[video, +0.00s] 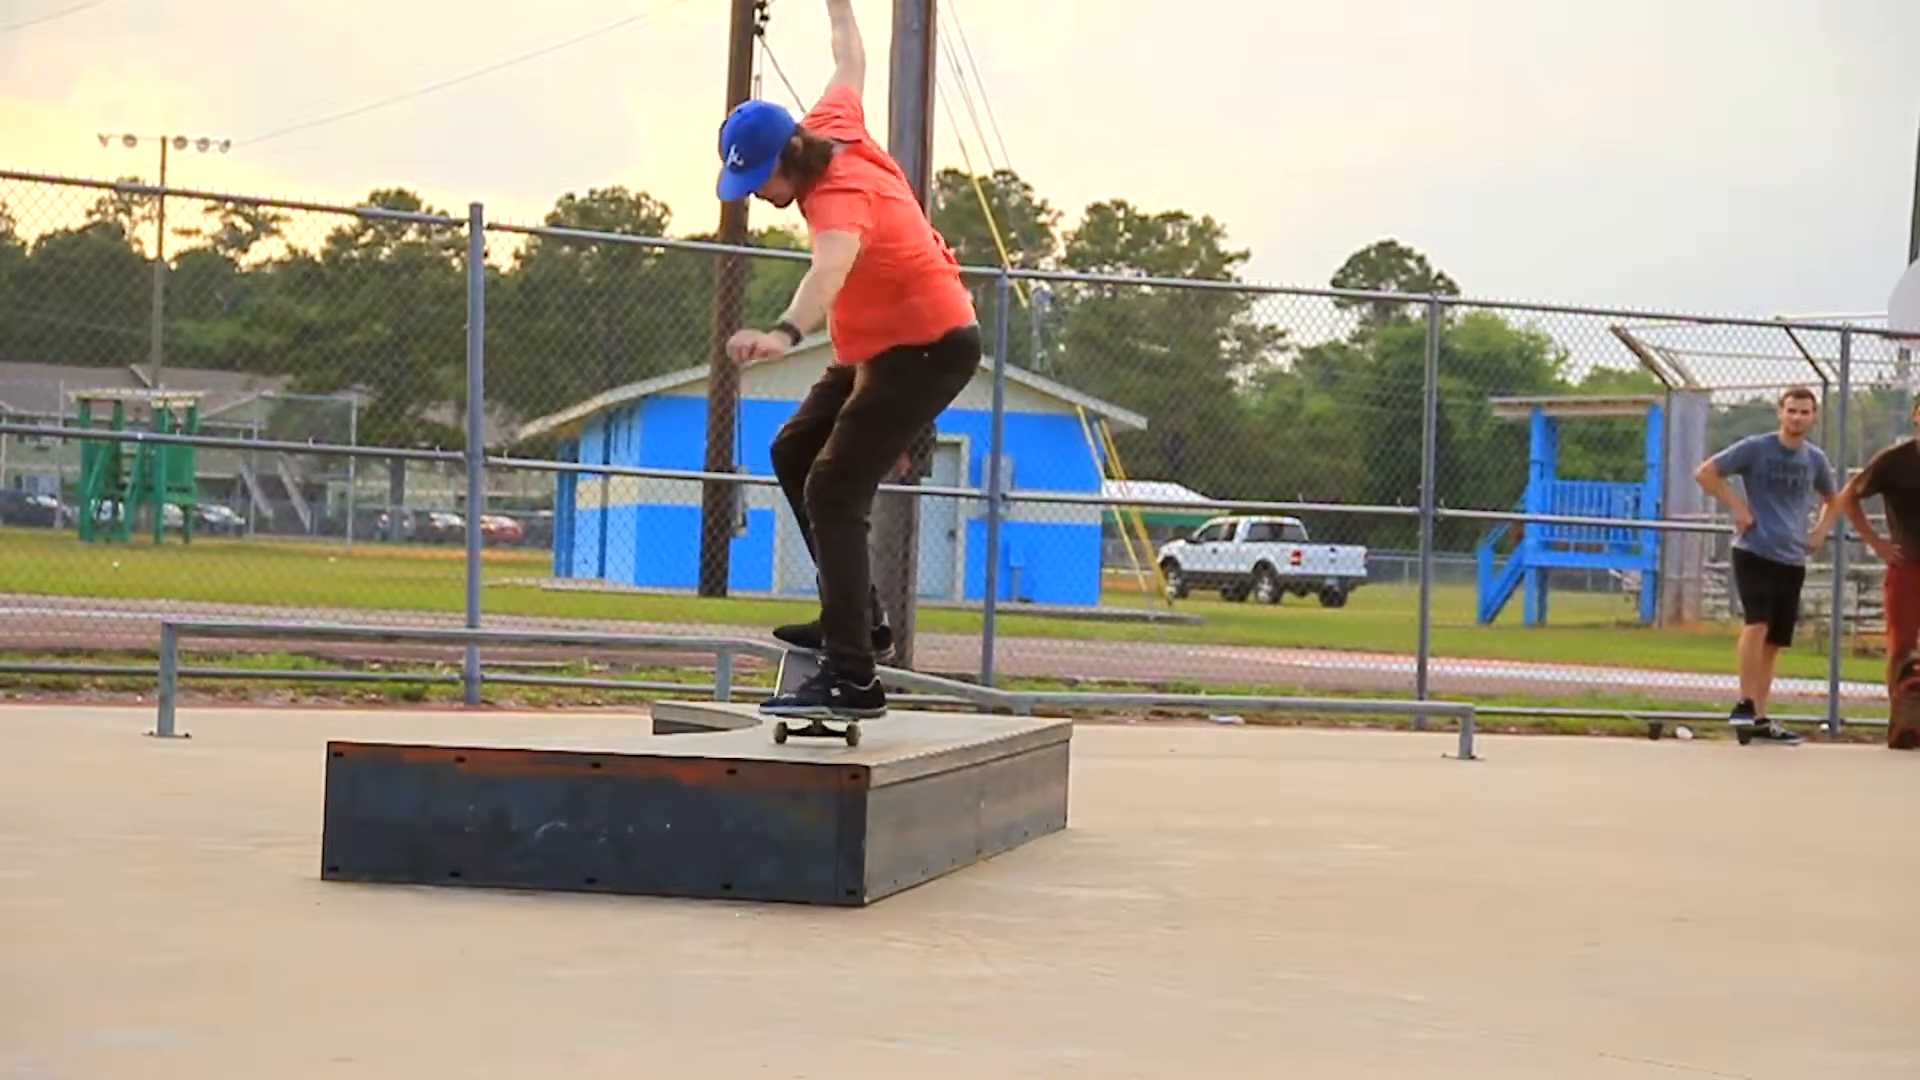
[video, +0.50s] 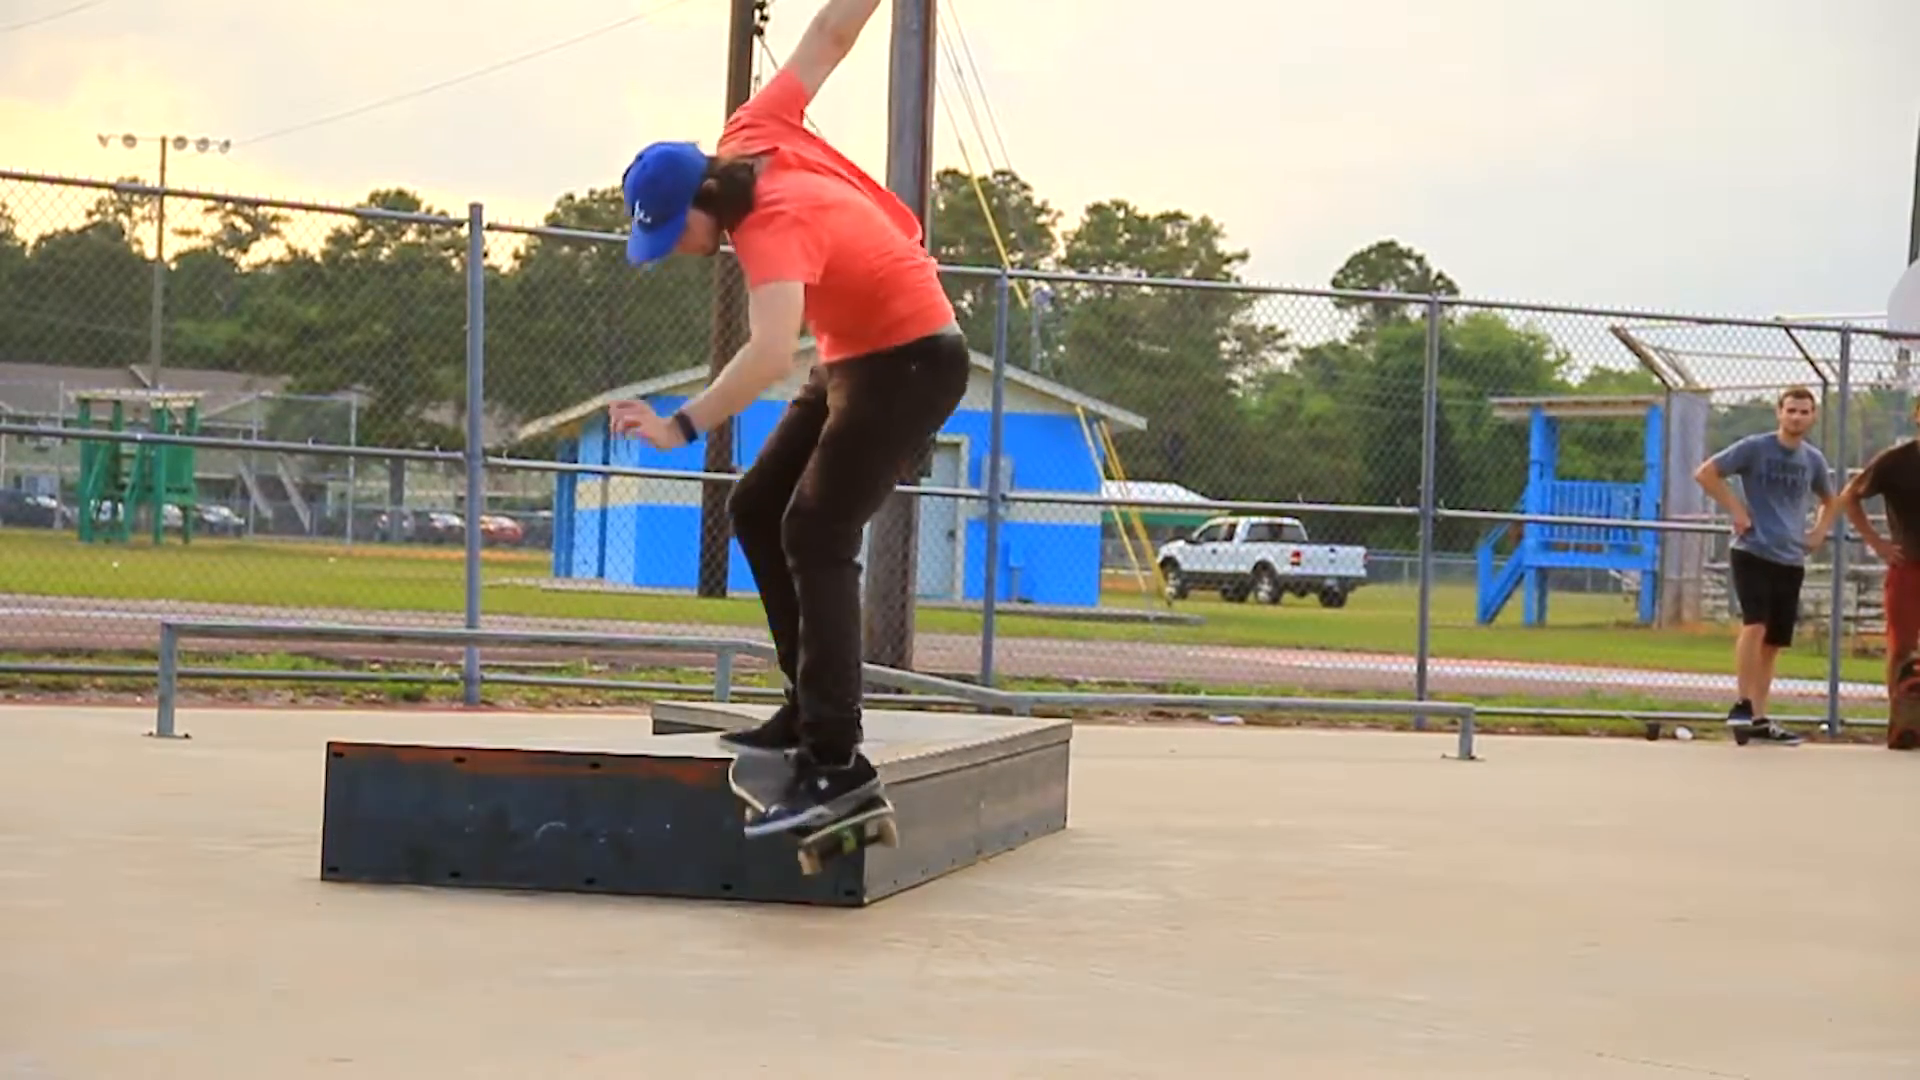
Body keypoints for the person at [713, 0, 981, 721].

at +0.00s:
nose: (762, 197)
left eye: (765, 183)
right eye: (753, 187)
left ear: (792, 161)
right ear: (774, 154)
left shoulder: (838, 194)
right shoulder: (826, 123)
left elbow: (831, 266)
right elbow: (849, 53)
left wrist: (786, 331)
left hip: (929, 346)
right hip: (882, 342)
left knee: (834, 488)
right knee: (793, 452)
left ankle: (850, 678)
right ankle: (857, 617)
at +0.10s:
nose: (747, 155)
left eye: (744, 144)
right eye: (737, 149)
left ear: (771, 115)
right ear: (781, 96)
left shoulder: (828, 131)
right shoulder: (829, 109)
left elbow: (834, 150)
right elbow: (856, 48)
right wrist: (866, 18)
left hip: (913, 347)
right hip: (854, 345)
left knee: (824, 495)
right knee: (765, 457)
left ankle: (853, 687)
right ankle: (828, 592)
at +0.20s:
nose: (742, 121)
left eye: (741, 107)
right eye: (733, 112)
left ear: (767, 75)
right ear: (755, 82)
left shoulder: (836, 97)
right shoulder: (801, 119)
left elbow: (824, 80)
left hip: (907, 320)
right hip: (840, 316)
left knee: (841, 493)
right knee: (747, 425)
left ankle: (859, 690)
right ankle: (812, 563)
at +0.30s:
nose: (726, 116)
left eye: (722, 104)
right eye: (717, 110)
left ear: (741, 69)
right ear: (756, 42)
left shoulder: (815, 73)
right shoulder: (815, 60)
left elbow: (784, 100)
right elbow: (860, 44)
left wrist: (694, 79)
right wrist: (881, 18)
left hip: (910, 289)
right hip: (852, 281)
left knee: (833, 461)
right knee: (741, 388)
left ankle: (857, 674)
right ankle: (808, 551)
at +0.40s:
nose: (706, 177)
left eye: (702, 162)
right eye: (695, 168)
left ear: (727, 128)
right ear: (715, 120)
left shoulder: (794, 141)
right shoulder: (776, 73)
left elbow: (765, 219)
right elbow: (841, 7)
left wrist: (678, 267)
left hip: (917, 303)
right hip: (852, 298)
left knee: (803, 449)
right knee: (744, 420)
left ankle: (859, 654)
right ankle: (808, 599)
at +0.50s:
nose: (679, 251)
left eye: (676, 237)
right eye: (668, 242)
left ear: (702, 205)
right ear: (687, 201)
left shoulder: (769, 225)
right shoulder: (749, 128)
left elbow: (774, 350)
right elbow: (829, 35)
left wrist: (680, 425)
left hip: (911, 358)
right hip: (855, 360)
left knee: (816, 530)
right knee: (755, 511)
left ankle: (837, 758)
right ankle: (809, 707)